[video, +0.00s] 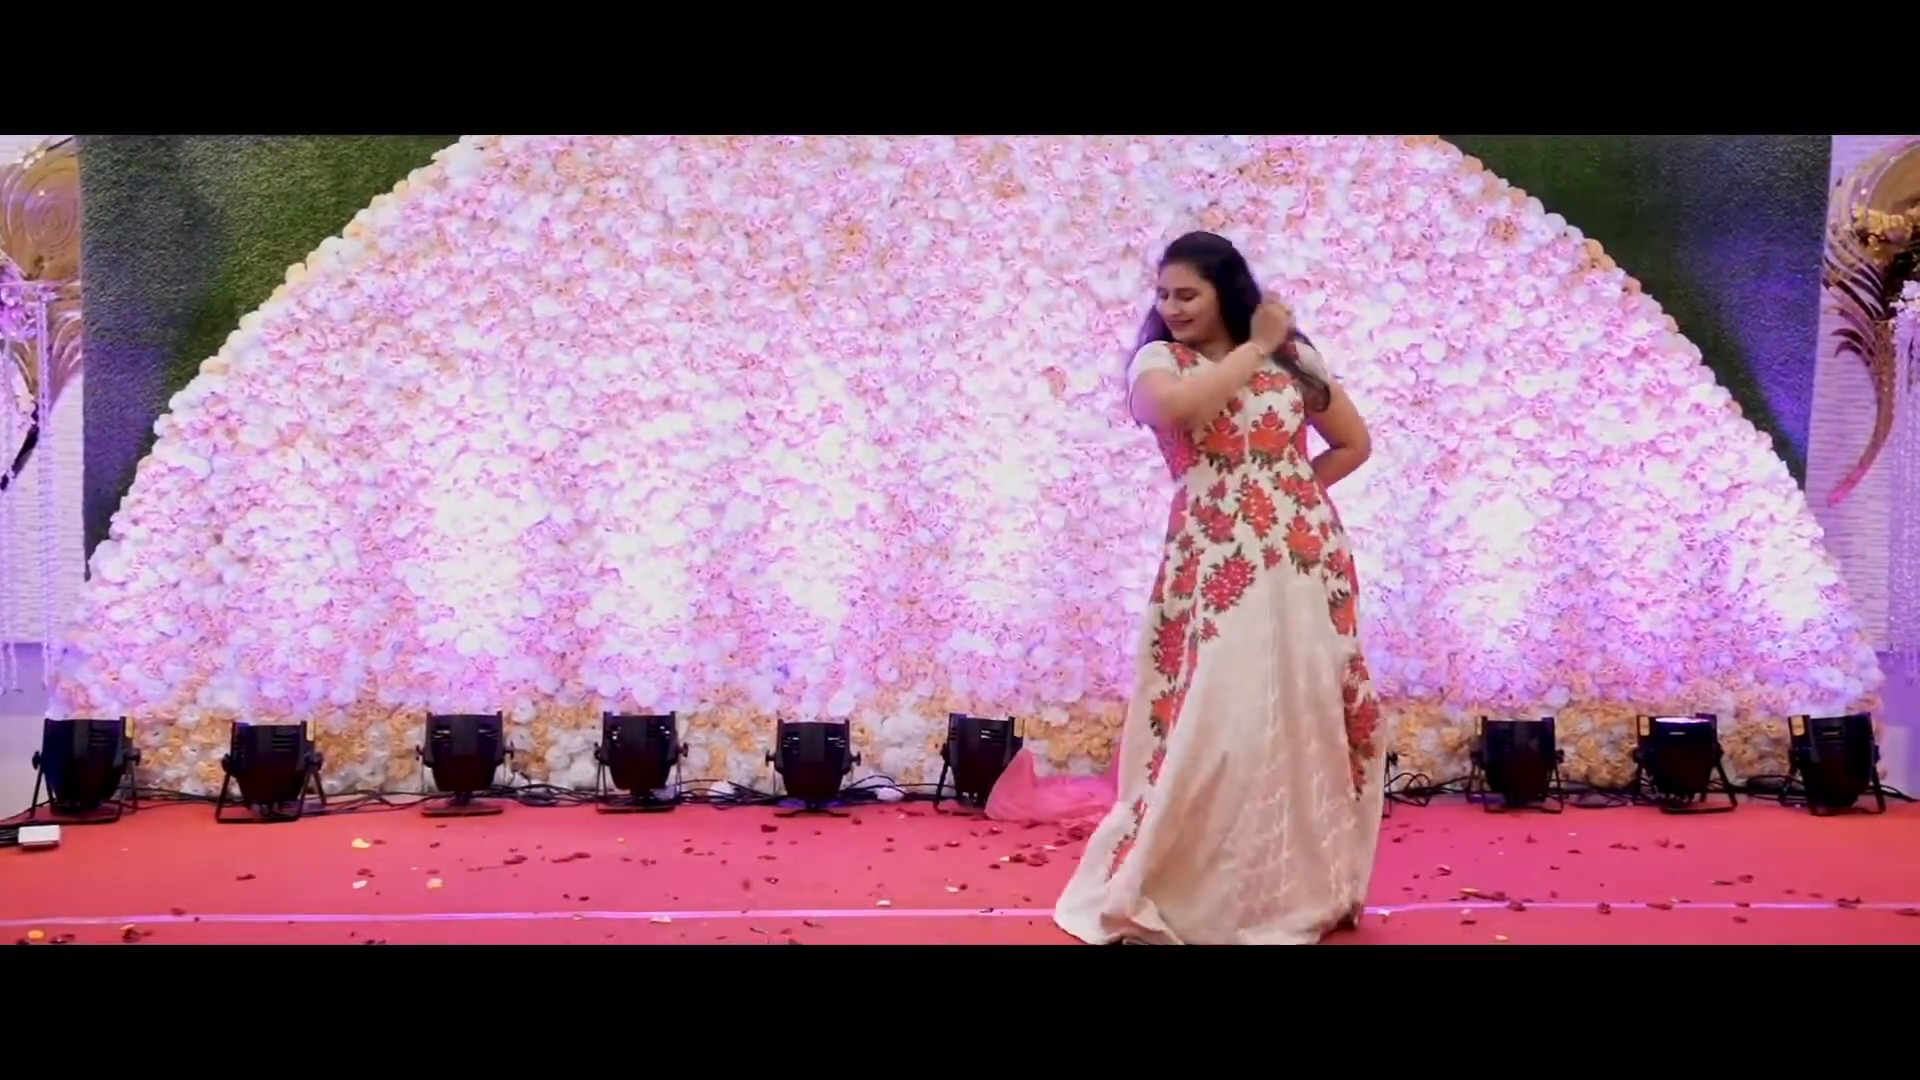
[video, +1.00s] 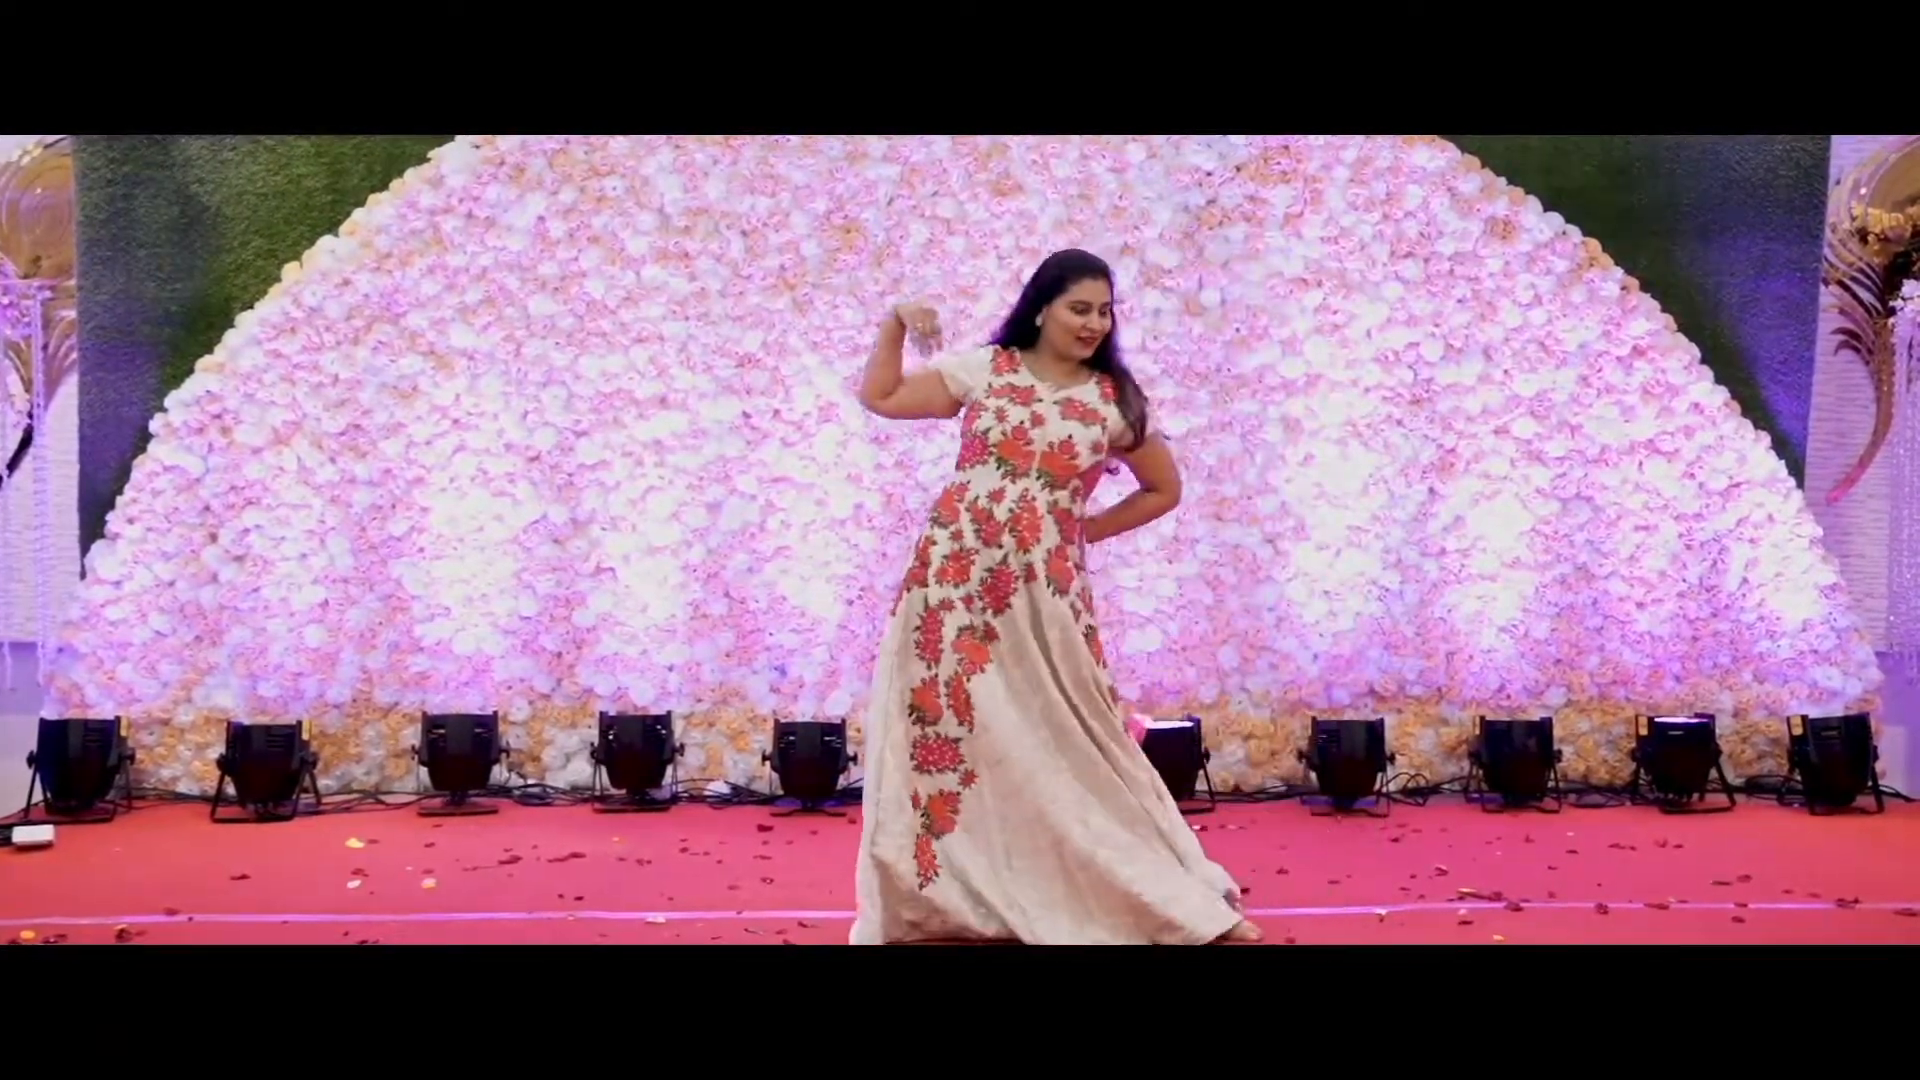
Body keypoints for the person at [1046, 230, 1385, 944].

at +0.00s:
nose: (1174, 308)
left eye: (1188, 294)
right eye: (1165, 295)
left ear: (1228, 294)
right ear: (1157, 298)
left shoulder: (1286, 356)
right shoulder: (1157, 360)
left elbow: (1354, 442)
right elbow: (1179, 405)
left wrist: (1293, 487)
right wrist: (1260, 345)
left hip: (1297, 545)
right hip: (1218, 550)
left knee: (1303, 716)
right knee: (1225, 716)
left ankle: (1304, 888)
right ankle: (1215, 890)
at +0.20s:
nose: (1224, 325)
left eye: (1237, 312)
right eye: (1209, 313)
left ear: (1261, 318)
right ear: (1189, 320)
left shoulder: (1289, 396)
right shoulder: (1172, 382)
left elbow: (1331, 489)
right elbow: (1164, 355)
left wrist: (1266, 511)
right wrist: (1262, 380)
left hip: (1293, 568)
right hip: (1212, 570)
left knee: (1311, 730)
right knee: (1225, 728)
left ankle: (1308, 892)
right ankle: (1226, 890)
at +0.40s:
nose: (1225, 323)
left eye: (1239, 311)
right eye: (1210, 310)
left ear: (1255, 316)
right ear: (1184, 312)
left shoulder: (1274, 399)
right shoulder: (1156, 370)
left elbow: (1297, 498)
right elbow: (1085, 330)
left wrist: (1228, 494)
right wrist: (1184, 348)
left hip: (1250, 566)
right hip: (1169, 561)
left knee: (1263, 724)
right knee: (1163, 722)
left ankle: (1269, 890)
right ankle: (1164, 890)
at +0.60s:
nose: (1179, 312)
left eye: (1192, 300)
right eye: (1165, 297)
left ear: (1204, 310)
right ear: (1131, 300)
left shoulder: (1212, 393)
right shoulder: (1081, 355)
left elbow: (1225, 499)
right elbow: (980, 328)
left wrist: (1158, 507)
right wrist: (1071, 309)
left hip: (1157, 566)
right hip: (1076, 553)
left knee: (1156, 723)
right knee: (1056, 715)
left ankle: (1148, 891)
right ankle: (1052, 888)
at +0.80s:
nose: (1124, 311)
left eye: (1135, 300)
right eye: (1110, 296)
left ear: (1144, 308)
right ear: (1075, 296)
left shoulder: (1150, 394)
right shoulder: (1024, 354)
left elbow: (1153, 496)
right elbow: (915, 356)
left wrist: (1083, 505)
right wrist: (960, 304)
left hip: (1076, 567)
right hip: (995, 553)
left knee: (1071, 725)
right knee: (980, 717)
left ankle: (1070, 893)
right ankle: (969, 890)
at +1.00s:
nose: (1092, 323)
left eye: (1102, 312)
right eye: (1078, 308)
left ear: (1112, 321)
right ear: (1041, 308)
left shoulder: (1113, 403)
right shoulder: (990, 367)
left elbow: (1164, 489)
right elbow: (881, 394)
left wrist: (1089, 527)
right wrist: (893, 327)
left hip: (1041, 574)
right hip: (957, 563)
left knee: (1059, 739)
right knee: (943, 730)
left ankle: (1195, 904)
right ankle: (933, 905)